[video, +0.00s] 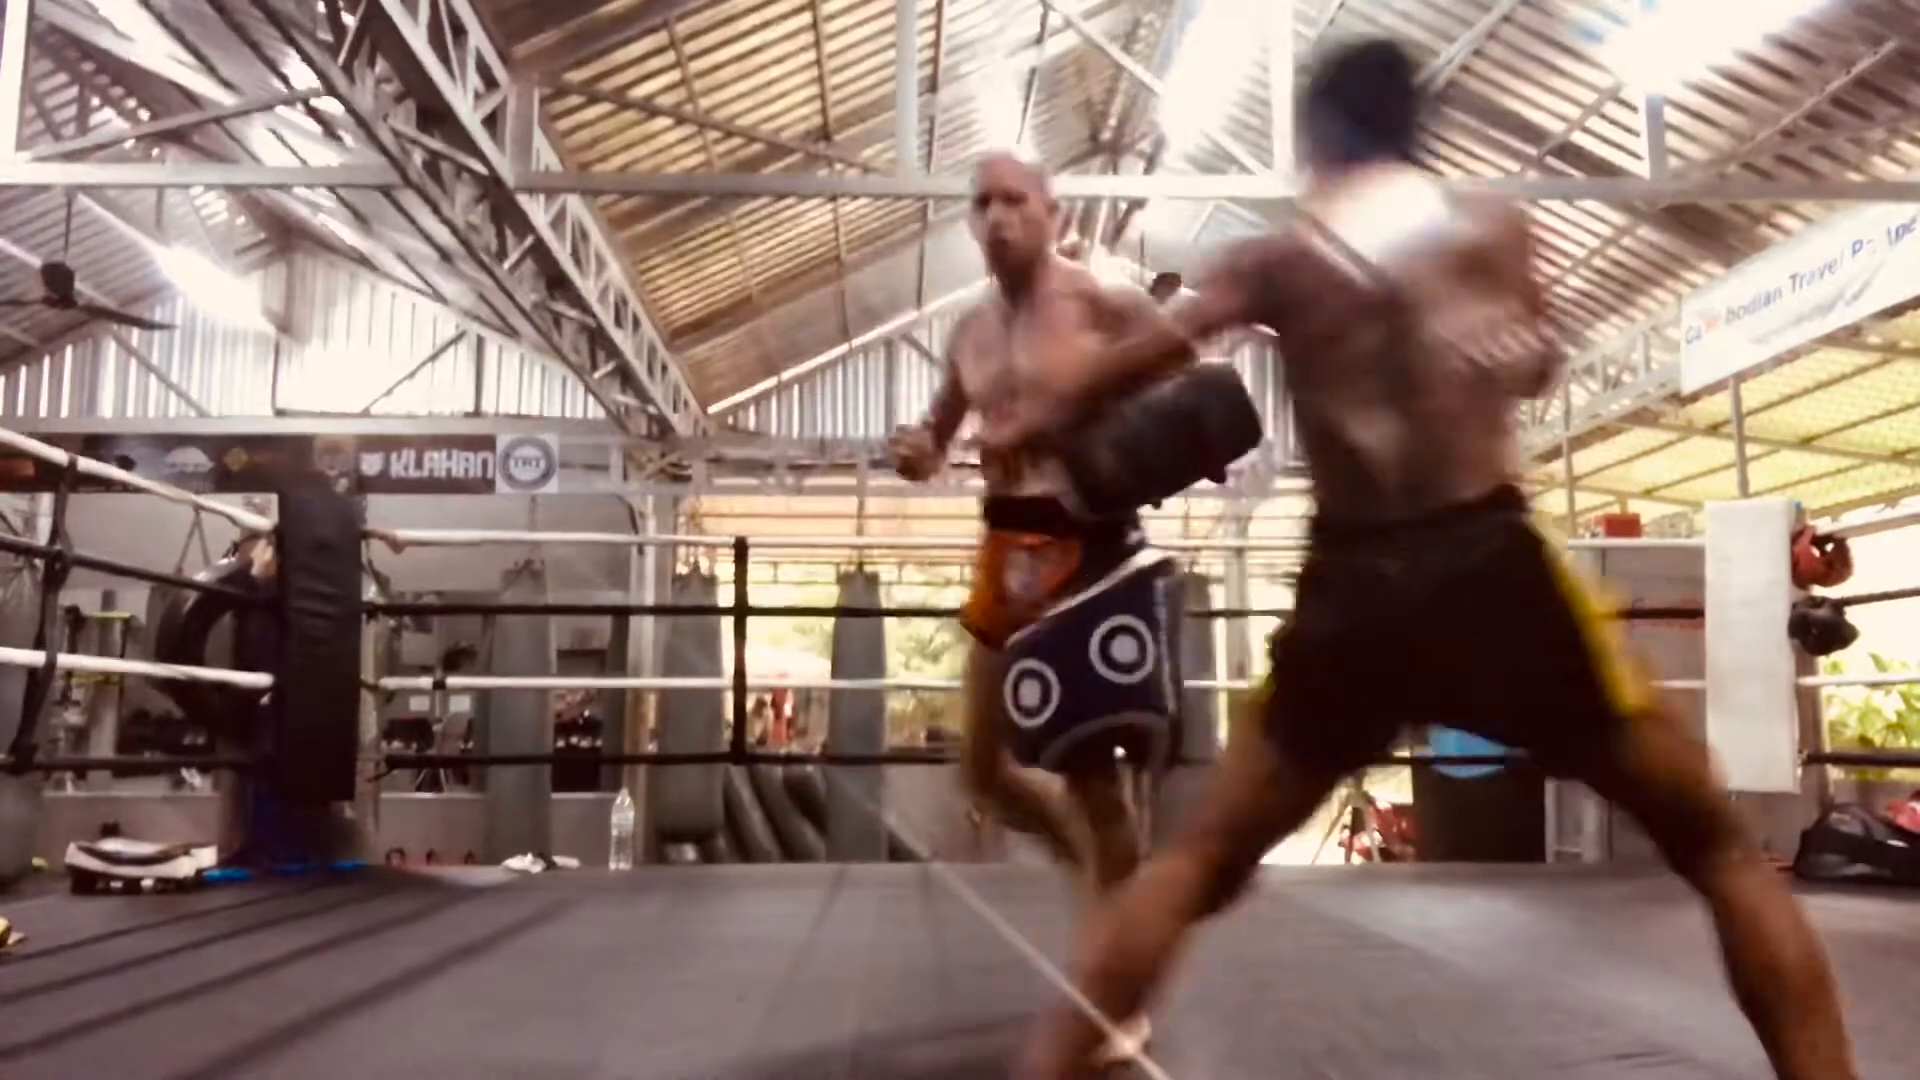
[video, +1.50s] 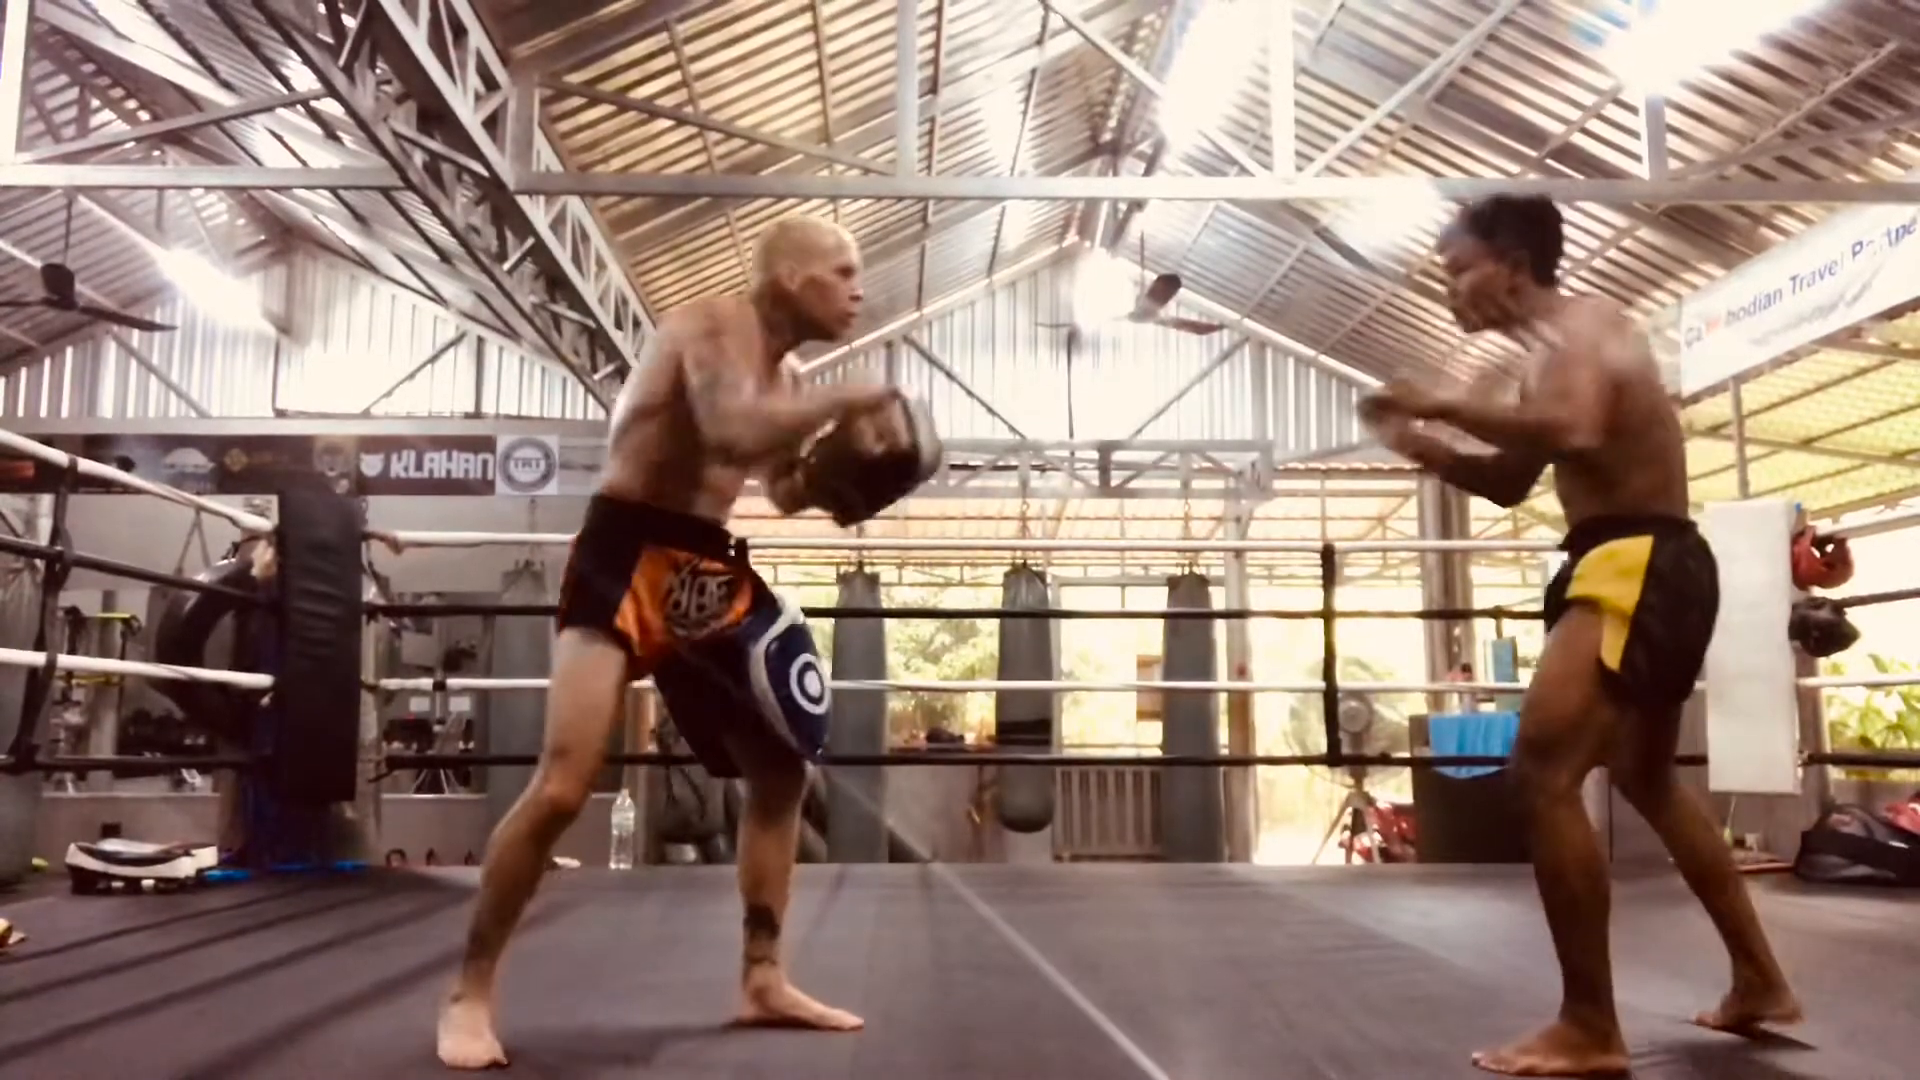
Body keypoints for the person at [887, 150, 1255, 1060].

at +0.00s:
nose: (994, 219)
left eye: (1010, 200)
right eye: (982, 204)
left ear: (1051, 209)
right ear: (972, 222)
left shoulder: (1109, 303)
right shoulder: (970, 331)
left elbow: (1193, 394)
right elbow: (932, 447)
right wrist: (914, 452)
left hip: (1092, 546)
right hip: (1007, 543)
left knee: (1098, 784)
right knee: (985, 770)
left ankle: (1118, 992)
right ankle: (1091, 851)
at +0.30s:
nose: (939, 195)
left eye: (950, 182)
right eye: (922, 179)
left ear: (961, 204)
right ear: (879, 196)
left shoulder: (994, 319)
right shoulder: (826, 312)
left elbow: (1031, 428)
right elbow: (743, 420)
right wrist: (817, 425)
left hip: (953, 550)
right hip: (842, 547)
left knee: (1023, 782)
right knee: (732, 769)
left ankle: (1104, 992)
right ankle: (643, 983)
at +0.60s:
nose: (841, 208)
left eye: (839, 193)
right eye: (823, 191)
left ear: (789, 211)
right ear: (762, 206)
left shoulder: (814, 338)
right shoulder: (706, 293)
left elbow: (792, 451)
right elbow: (690, 397)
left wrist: (843, 473)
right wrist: (825, 409)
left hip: (793, 547)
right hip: (694, 541)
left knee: (859, 773)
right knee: (649, 788)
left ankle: (907, 989)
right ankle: (604, 1004)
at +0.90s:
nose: (860, 226)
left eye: (856, 211)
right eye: (843, 211)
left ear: (800, 224)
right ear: (789, 220)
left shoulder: (799, 321)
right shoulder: (730, 281)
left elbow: (758, 439)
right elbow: (728, 387)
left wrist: (819, 462)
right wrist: (823, 364)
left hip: (745, 536)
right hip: (669, 528)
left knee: (789, 758)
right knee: (646, 783)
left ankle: (766, 977)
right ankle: (601, 999)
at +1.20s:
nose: (907, 321)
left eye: (910, 308)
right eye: (896, 300)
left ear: (868, 309)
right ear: (846, 289)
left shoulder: (833, 403)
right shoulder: (762, 323)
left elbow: (841, 526)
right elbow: (771, 415)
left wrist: (906, 491)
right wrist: (900, 405)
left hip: (735, 570)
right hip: (654, 548)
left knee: (801, 779)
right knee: (625, 765)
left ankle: (767, 983)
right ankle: (560, 977)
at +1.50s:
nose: (857, 292)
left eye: (857, 277)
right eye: (842, 276)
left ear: (808, 286)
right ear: (791, 281)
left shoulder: (779, 372)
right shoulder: (712, 320)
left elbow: (781, 491)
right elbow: (730, 423)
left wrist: (843, 465)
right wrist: (853, 397)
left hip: (707, 562)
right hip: (624, 549)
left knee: (781, 770)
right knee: (561, 791)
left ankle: (764, 980)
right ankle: (471, 992)